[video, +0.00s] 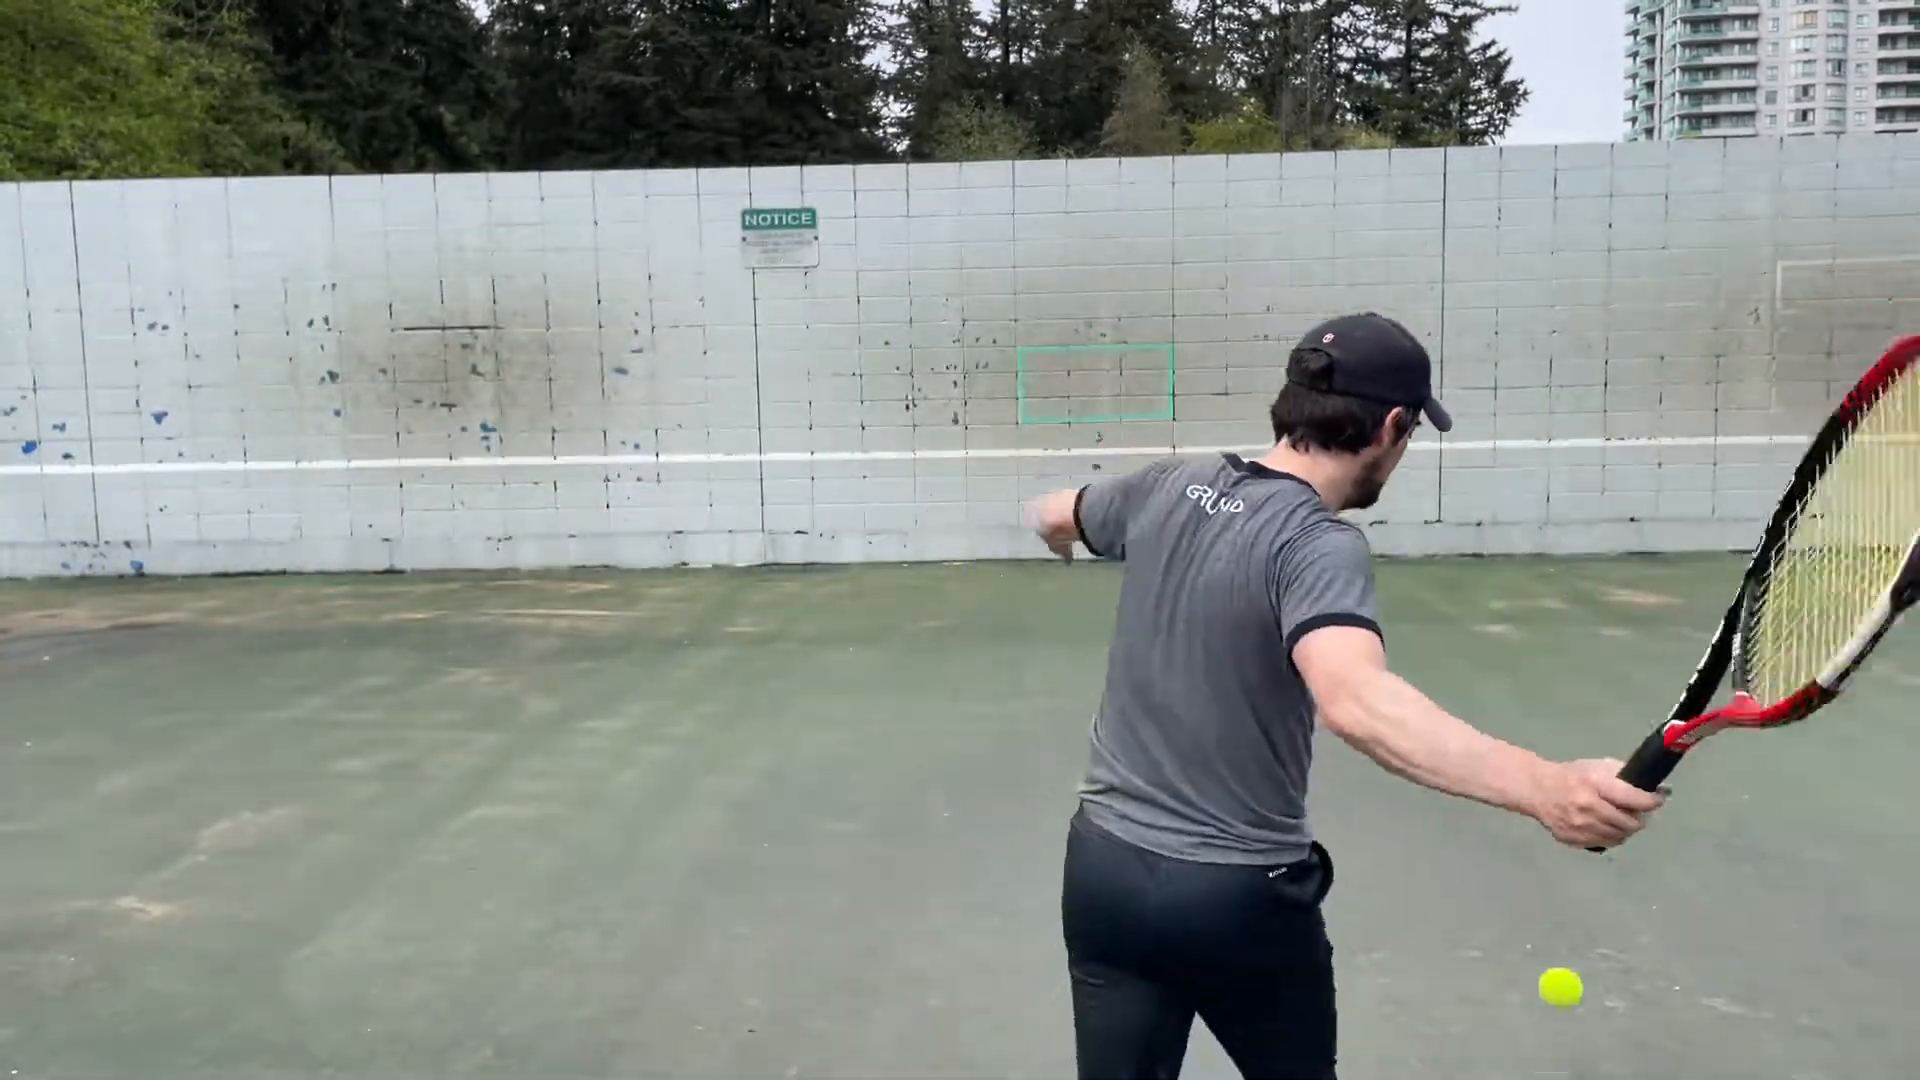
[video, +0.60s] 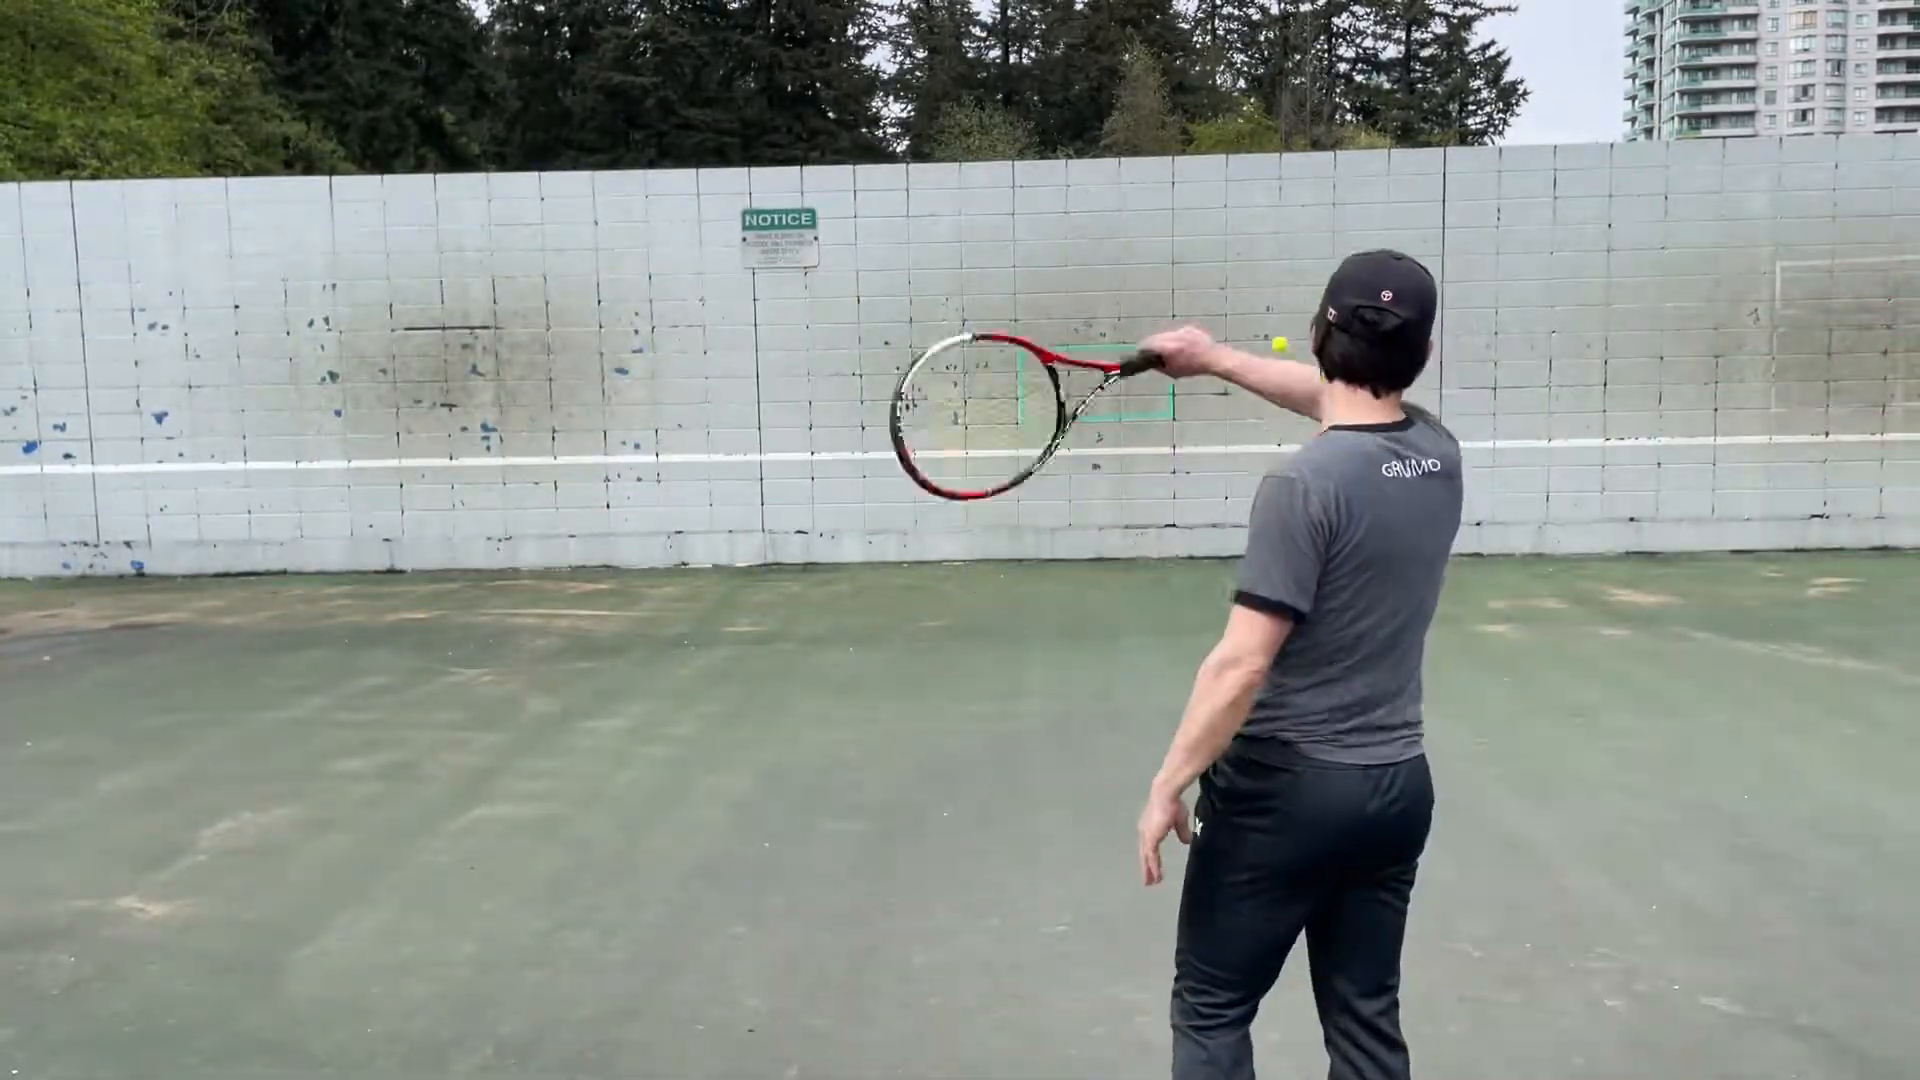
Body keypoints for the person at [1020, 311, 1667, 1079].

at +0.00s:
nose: (1403, 450)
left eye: (1412, 433)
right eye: (1410, 430)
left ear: (1292, 404)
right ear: (1387, 428)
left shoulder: (1169, 486)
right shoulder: (1318, 542)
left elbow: (1055, 516)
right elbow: (1354, 699)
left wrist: (1068, 518)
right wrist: (1545, 786)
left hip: (1106, 870)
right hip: (1242, 899)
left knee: (1116, 1070)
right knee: (1295, 1064)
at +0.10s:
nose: (1441, 457)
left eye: (1443, 439)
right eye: (1444, 439)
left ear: (1328, 418)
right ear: (1427, 441)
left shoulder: (1206, 493)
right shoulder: (1379, 557)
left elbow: (1056, 519)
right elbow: (1436, 720)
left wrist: (983, 538)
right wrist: (1568, 867)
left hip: (1157, 867)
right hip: (1293, 889)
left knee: (1142, 1070)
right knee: (1337, 1064)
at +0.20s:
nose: (1461, 454)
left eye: (1465, 436)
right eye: (1465, 439)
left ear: (1353, 417)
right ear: (1448, 441)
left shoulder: (1238, 493)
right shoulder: (1433, 571)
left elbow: (1074, 555)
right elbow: (1490, 765)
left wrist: (953, 597)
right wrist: (1569, 941)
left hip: (1197, 858)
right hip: (1334, 872)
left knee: (1171, 1063)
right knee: (1356, 1048)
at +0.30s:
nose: (1460, 411)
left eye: (1462, 394)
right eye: (1464, 397)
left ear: (1351, 380)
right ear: (1447, 406)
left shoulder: (1247, 485)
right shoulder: (1452, 543)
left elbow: (1104, 592)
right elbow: (1475, 724)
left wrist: (984, 682)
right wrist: (1516, 858)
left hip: (1227, 824)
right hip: (1358, 838)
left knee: (1186, 1047)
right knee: (1359, 1038)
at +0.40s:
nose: (1456, 376)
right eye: (1455, 363)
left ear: (1342, 354)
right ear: (1443, 379)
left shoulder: (1273, 473)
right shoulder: (1455, 509)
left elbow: (1159, 623)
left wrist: (1059, 744)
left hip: (1251, 805)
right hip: (1376, 815)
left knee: (1196, 1019)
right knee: (1363, 1028)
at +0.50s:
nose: (1339, 342)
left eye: (1338, 329)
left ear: (1335, 339)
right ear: (1435, 361)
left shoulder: (1289, 473)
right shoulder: (1449, 476)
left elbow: (1208, 646)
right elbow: (1371, 517)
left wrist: (1131, 777)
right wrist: (1293, 448)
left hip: (1274, 791)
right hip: (1391, 795)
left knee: (1203, 1008)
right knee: (1366, 1020)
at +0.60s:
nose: (1317, 330)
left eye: (1322, 317)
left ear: (1325, 334)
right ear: (1424, 351)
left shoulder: (1303, 484)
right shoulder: (1436, 452)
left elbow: (1240, 664)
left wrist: (1170, 781)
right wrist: (1214, 356)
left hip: (1284, 787)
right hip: (1394, 786)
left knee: (1211, 1014)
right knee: (1366, 1018)